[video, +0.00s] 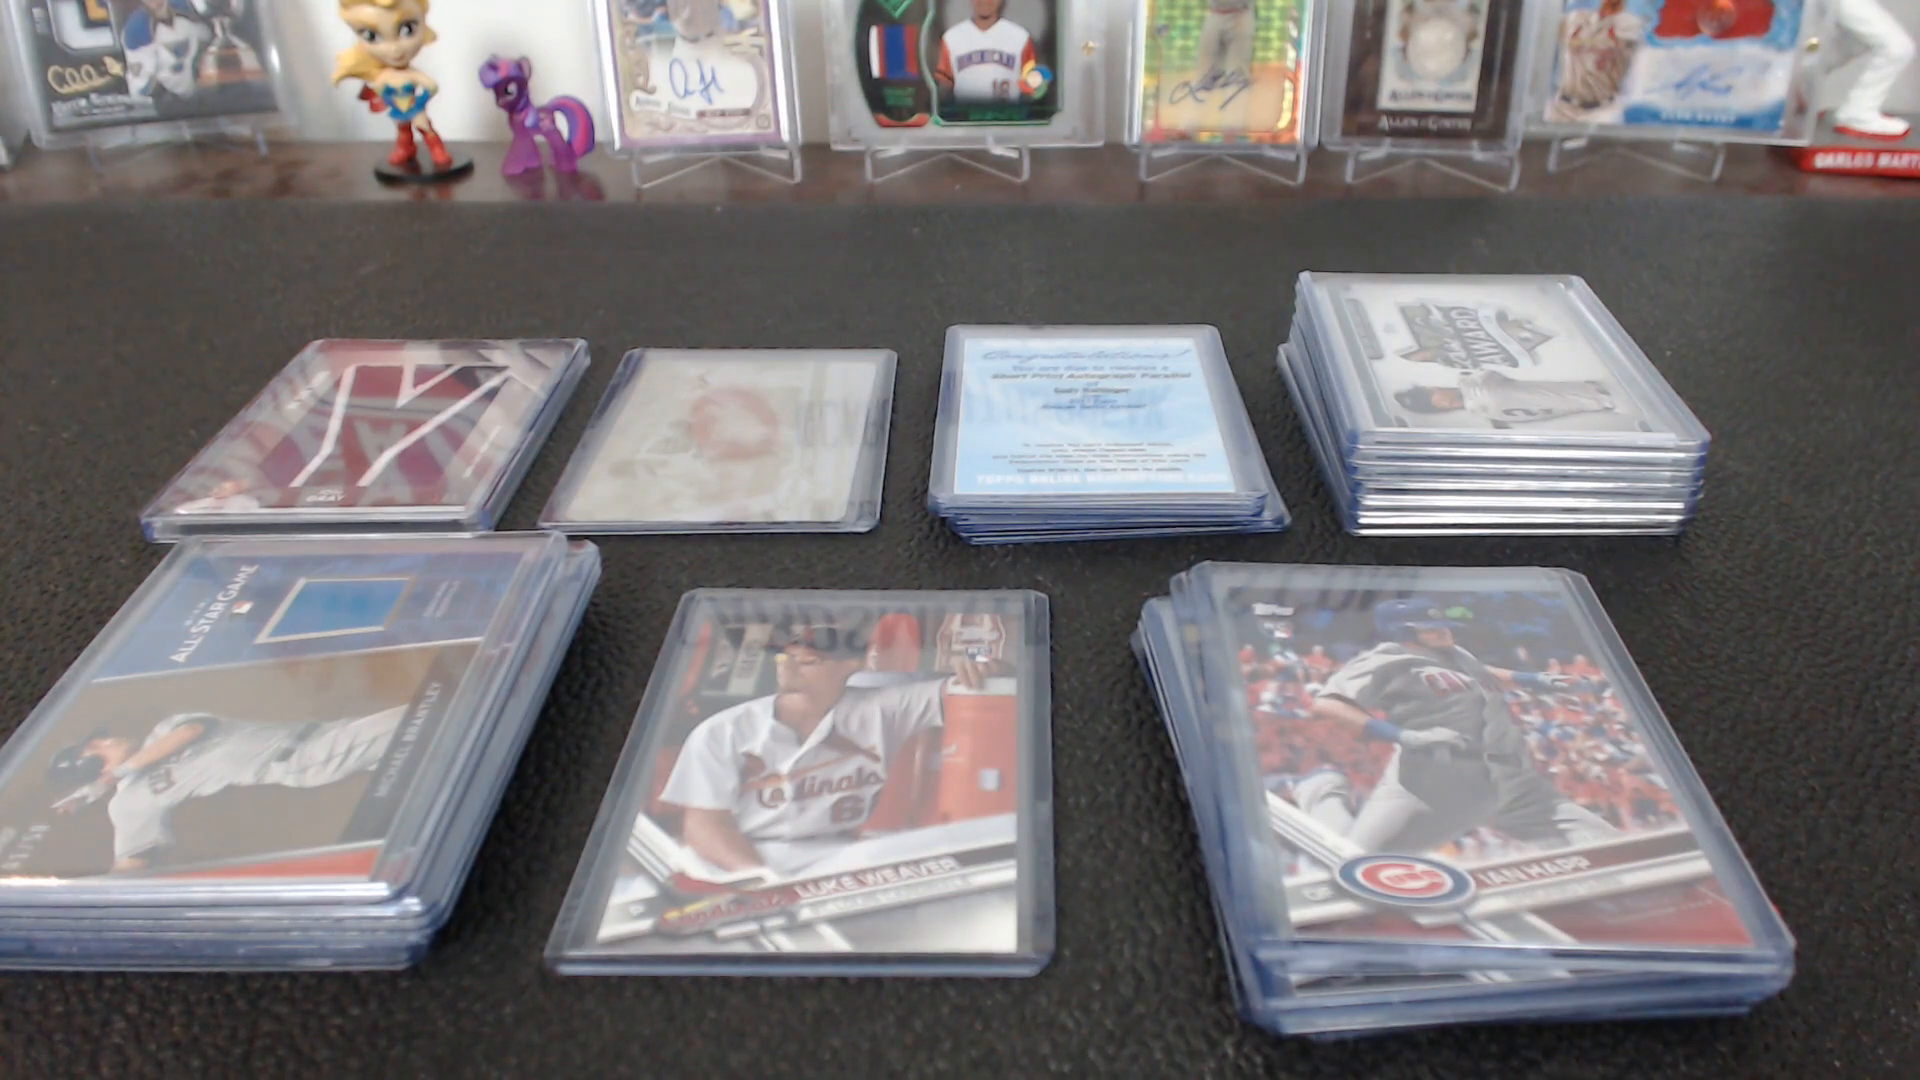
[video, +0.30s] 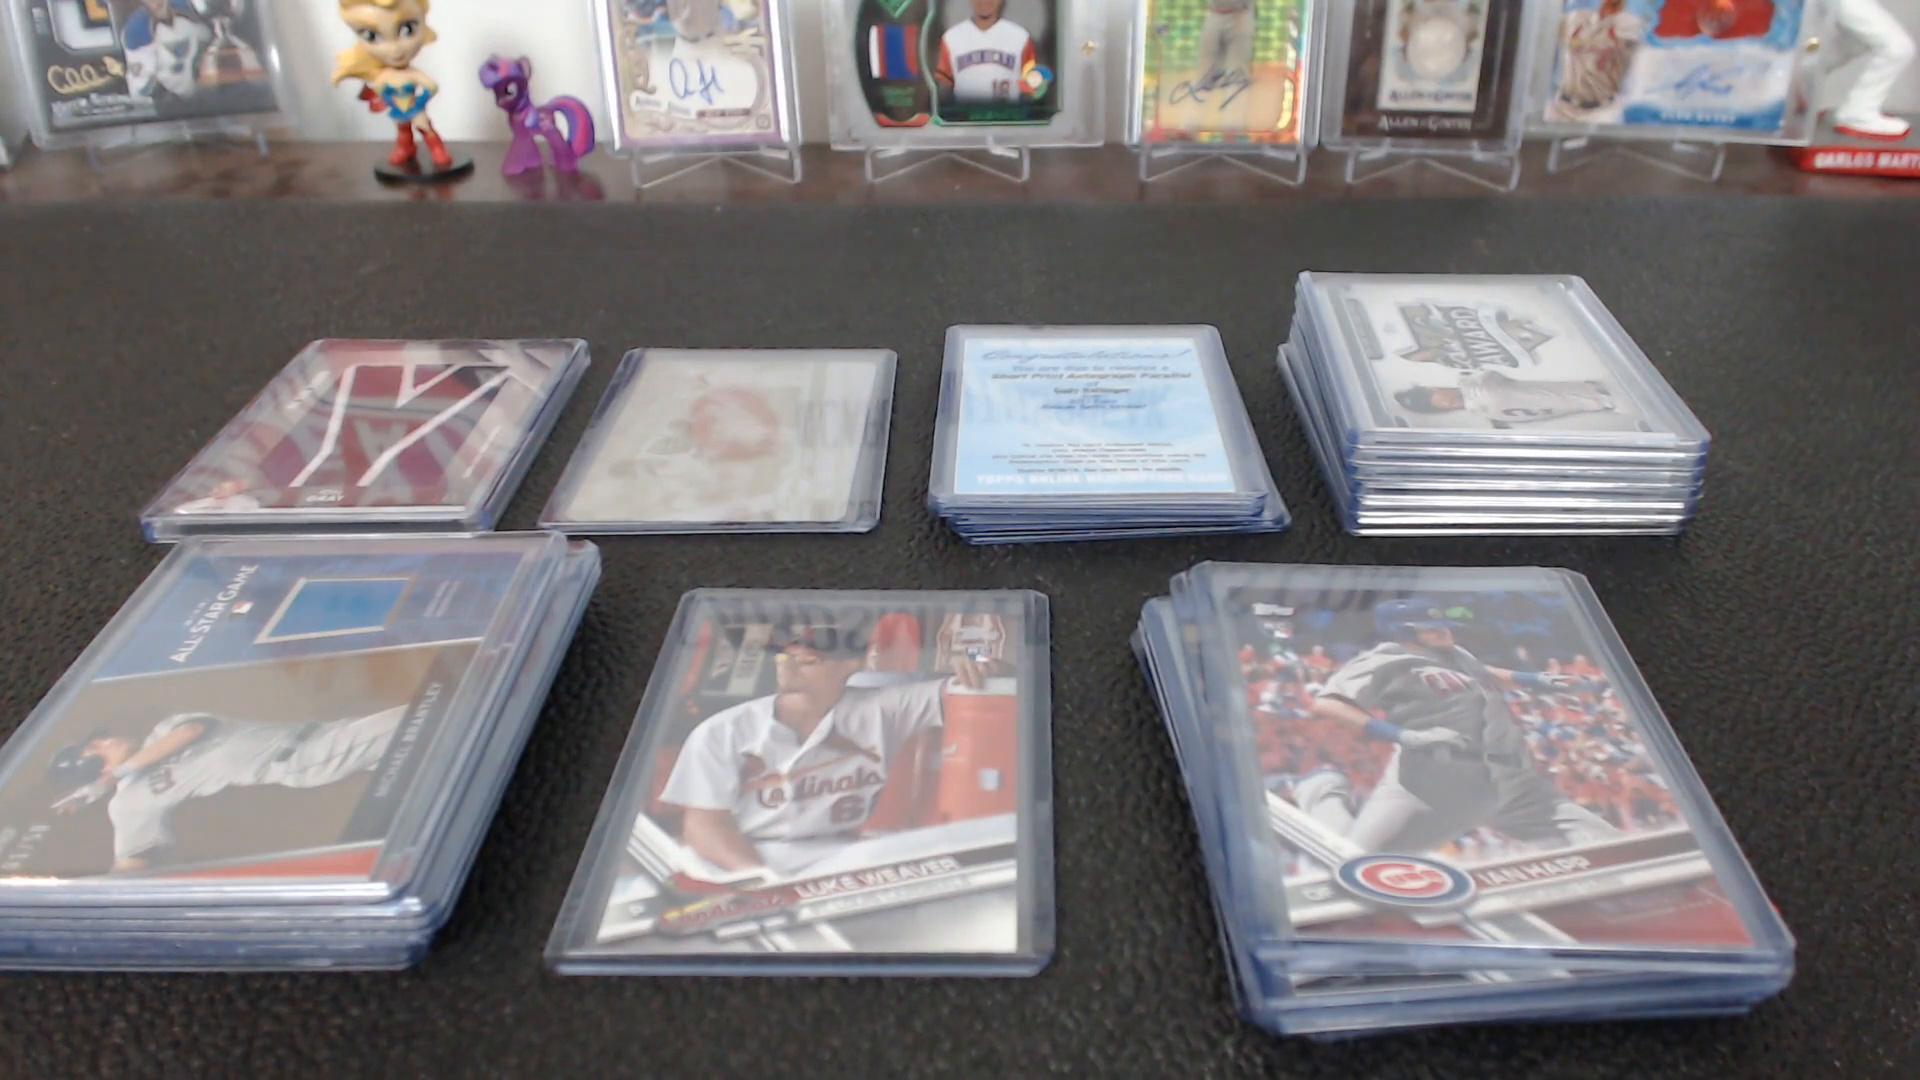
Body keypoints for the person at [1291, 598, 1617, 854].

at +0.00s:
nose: (1446, 630)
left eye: (1446, 622)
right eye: (1434, 623)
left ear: (1447, 625)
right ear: (1406, 629)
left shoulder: (1459, 657)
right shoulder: (1388, 659)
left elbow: (1490, 676)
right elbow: (1328, 704)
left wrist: (1539, 682)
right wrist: (1404, 736)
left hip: (1511, 790)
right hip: (1427, 798)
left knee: (1614, 850)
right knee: (1352, 869)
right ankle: (1321, 792)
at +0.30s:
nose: (1446, 630)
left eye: (1445, 622)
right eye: (1434, 623)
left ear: (1447, 625)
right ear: (1406, 629)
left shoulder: (1459, 657)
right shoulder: (1388, 659)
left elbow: (1490, 676)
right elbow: (1328, 704)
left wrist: (1538, 682)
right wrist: (1404, 736)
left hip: (1511, 789)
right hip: (1429, 797)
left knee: (1614, 850)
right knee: (1353, 868)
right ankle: (1321, 792)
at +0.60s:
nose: (1446, 631)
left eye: (1446, 623)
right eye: (1434, 624)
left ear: (1446, 627)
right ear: (1406, 630)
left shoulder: (1459, 657)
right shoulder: (1387, 659)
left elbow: (1490, 676)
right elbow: (1328, 704)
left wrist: (1539, 682)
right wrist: (1405, 736)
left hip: (1509, 789)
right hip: (1428, 796)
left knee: (1612, 849)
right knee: (1353, 868)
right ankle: (1321, 792)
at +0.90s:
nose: (1446, 631)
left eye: (1446, 623)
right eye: (1434, 624)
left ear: (1447, 627)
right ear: (1406, 630)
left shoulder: (1459, 657)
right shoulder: (1387, 659)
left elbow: (1490, 676)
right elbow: (1328, 704)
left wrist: (1539, 682)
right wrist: (1405, 736)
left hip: (1509, 789)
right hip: (1429, 796)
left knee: (1613, 850)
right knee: (1354, 868)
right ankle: (1321, 792)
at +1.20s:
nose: (1446, 631)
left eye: (1446, 623)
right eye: (1434, 624)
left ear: (1447, 626)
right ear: (1406, 630)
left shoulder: (1459, 657)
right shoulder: (1387, 659)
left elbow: (1490, 676)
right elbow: (1328, 704)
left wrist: (1539, 682)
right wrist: (1404, 736)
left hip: (1509, 789)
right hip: (1429, 796)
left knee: (1613, 849)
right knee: (1354, 868)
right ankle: (1321, 792)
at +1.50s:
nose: (1446, 631)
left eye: (1446, 623)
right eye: (1434, 623)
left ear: (1447, 626)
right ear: (1406, 630)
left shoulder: (1458, 657)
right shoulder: (1387, 660)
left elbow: (1490, 676)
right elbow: (1328, 704)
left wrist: (1539, 682)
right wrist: (1404, 736)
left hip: (1509, 789)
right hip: (1428, 796)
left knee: (1613, 849)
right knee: (1353, 868)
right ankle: (1321, 792)